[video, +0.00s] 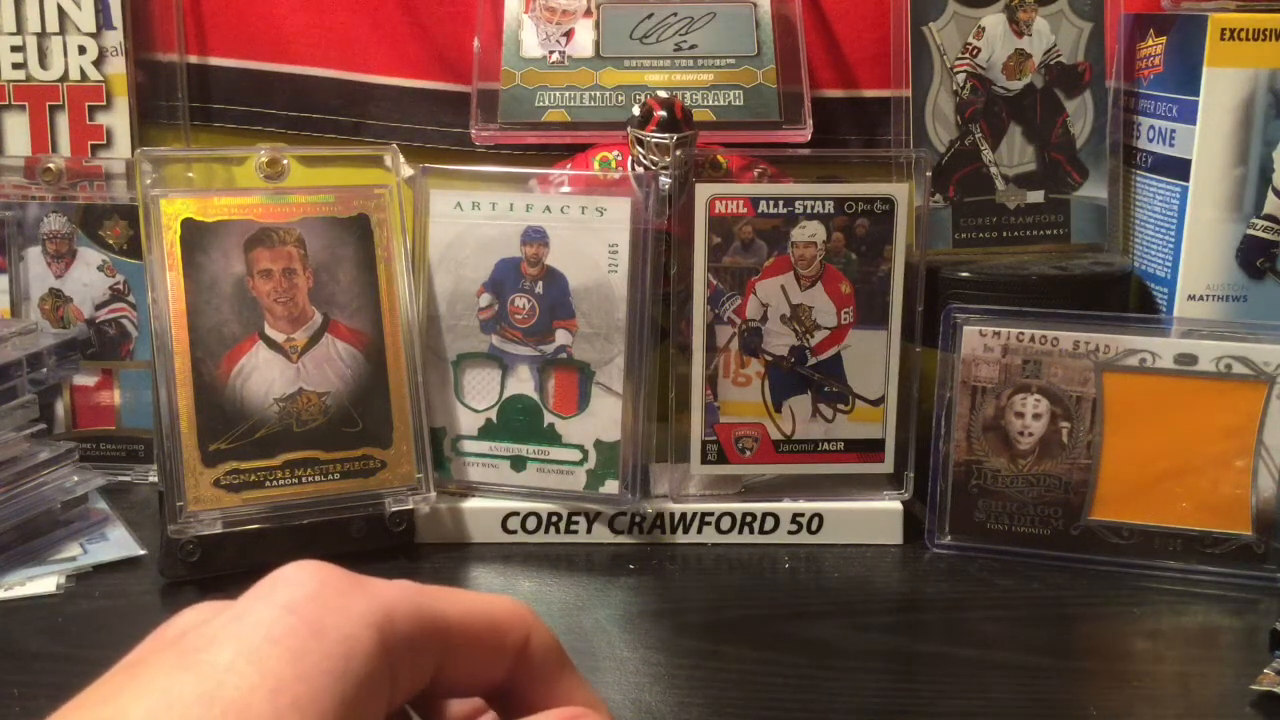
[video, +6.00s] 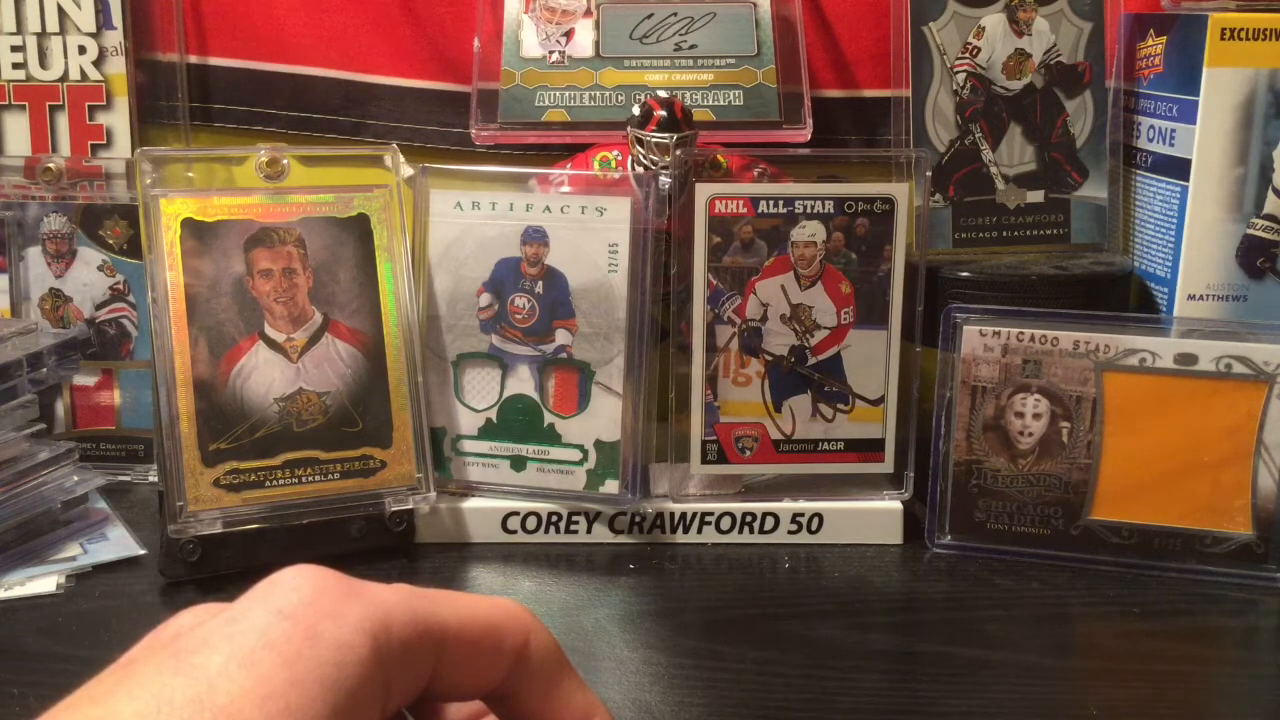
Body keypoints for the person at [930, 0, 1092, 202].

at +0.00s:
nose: (1030, 17)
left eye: (1034, 11)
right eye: (1025, 11)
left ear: (1037, 11)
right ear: (1011, 9)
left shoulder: (1041, 28)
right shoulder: (990, 26)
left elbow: (1051, 61)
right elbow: (965, 63)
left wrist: (1068, 75)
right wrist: (969, 98)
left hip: (1025, 92)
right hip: (992, 93)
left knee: (1056, 123)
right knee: (980, 139)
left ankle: (1063, 176)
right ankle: (942, 183)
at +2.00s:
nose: (1030, 16)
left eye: (1033, 10)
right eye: (1024, 10)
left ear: (1037, 10)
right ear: (1010, 9)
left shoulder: (1041, 27)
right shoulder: (990, 26)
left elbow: (1050, 60)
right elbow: (965, 63)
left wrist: (1067, 75)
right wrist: (969, 98)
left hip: (1025, 92)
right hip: (992, 93)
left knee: (1056, 123)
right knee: (979, 138)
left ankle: (1063, 177)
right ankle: (942, 186)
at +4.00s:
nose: (1029, 16)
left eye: (1033, 10)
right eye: (1023, 10)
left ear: (1037, 10)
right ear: (1010, 9)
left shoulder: (1041, 27)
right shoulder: (990, 26)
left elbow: (1050, 63)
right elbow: (964, 62)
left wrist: (1070, 74)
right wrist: (969, 96)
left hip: (1026, 91)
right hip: (993, 93)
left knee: (1056, 121)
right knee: (979, 138)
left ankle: (1063, 175)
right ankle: (942, 185)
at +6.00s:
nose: (1028, 16)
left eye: (1033, 10)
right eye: (1023, 10)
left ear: (1037, 10)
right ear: (1011, 8)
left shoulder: (1041, 27)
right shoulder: (991, 25)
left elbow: (1051, 61)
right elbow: (965, 63)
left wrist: (1068, 73)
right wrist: (970, 97)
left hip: (1028, 91)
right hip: (993, 93)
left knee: (1056, 121)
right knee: (980, 137)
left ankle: (1063, 176)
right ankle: (942, 185)